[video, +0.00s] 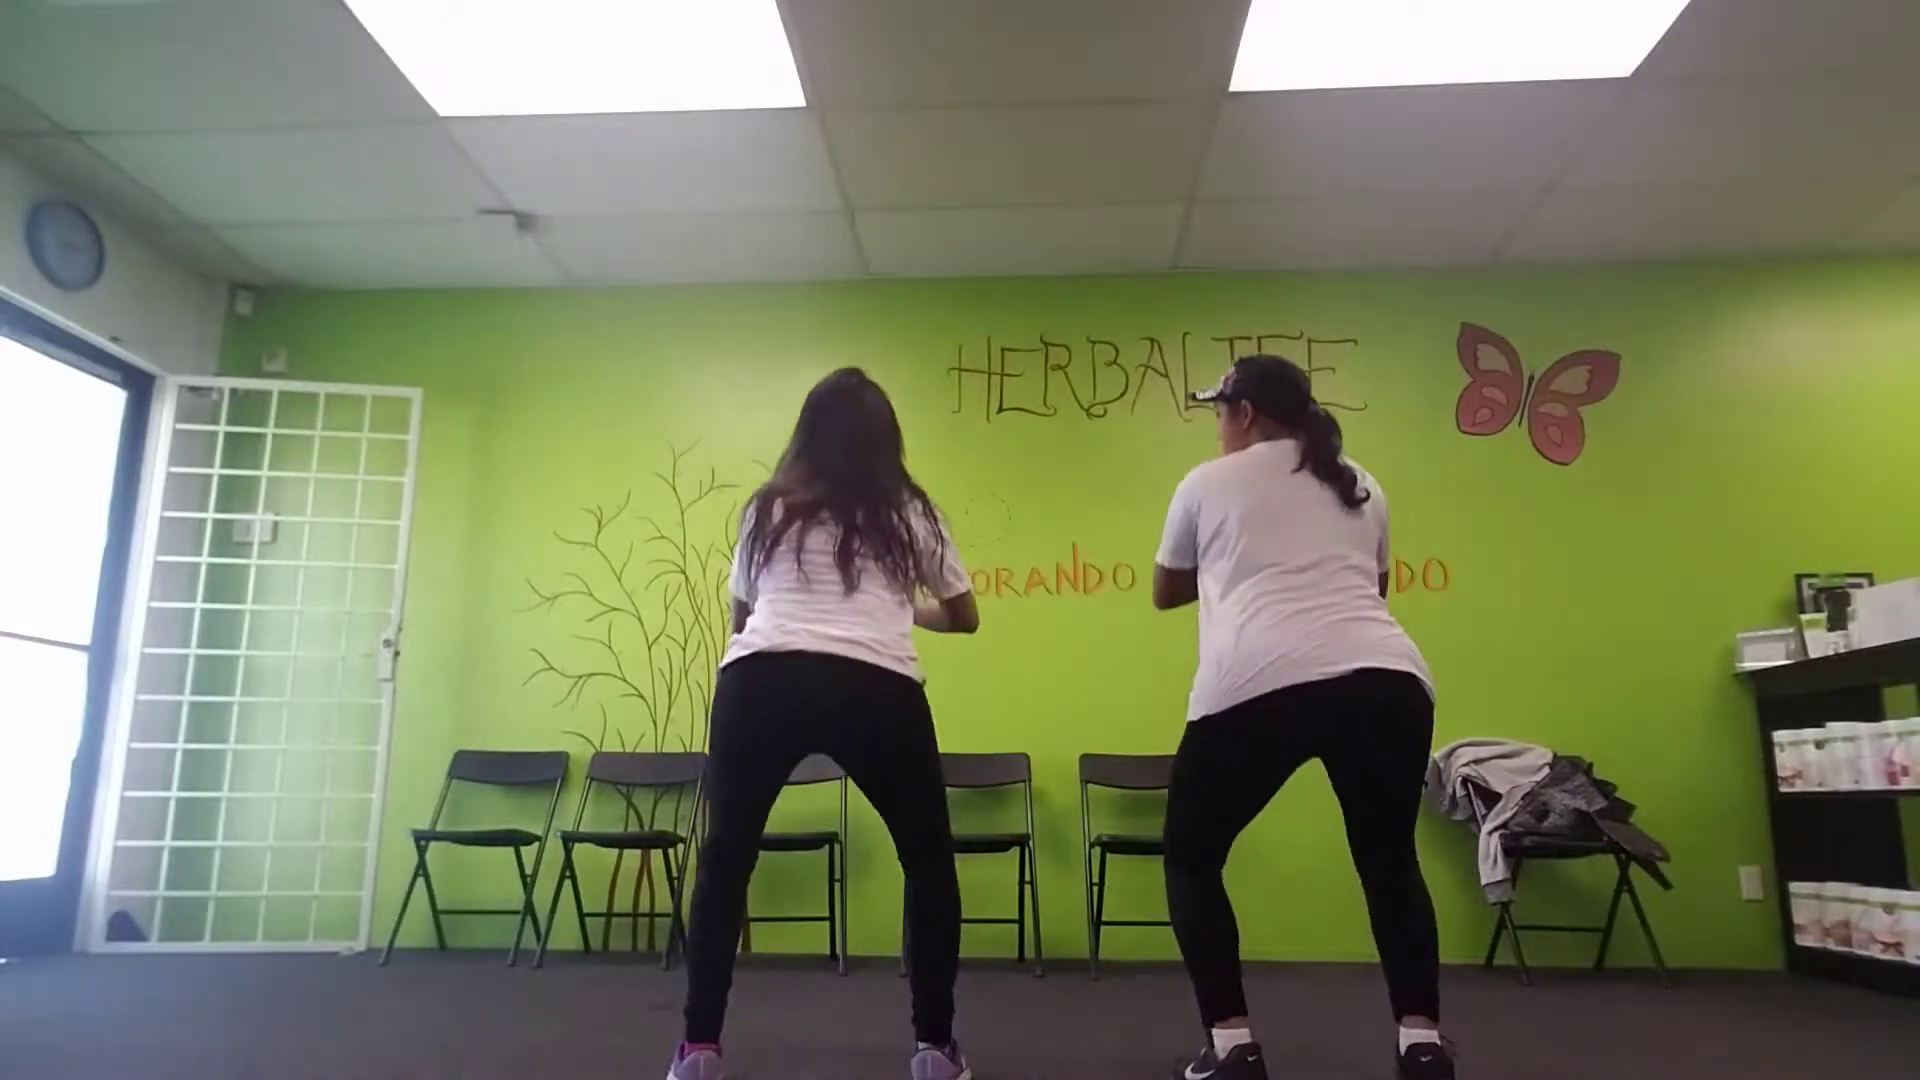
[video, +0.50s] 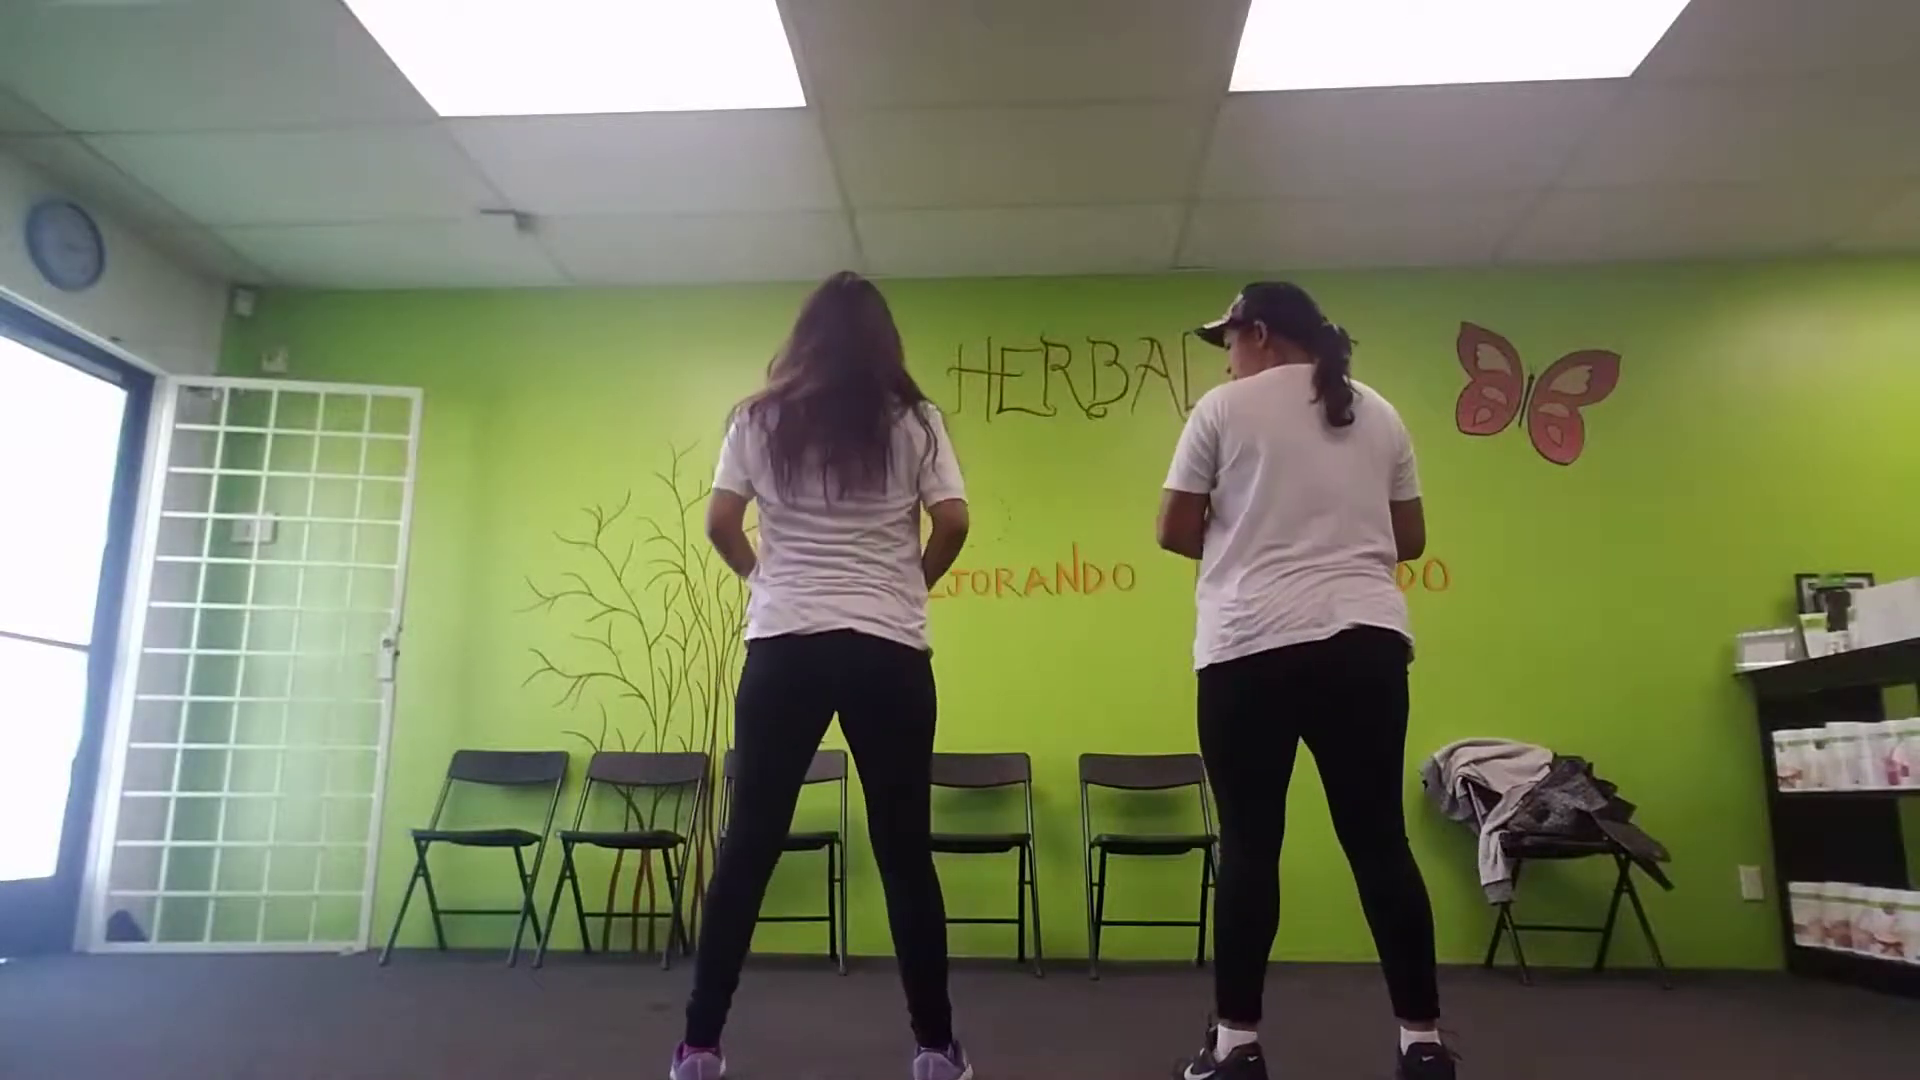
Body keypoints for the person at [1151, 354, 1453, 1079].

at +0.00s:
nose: (1218, 429)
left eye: (1222, 415)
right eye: (1219, 415)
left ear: (1246, 416)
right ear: (1298, 416)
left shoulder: (1206, 484)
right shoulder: (1361, 484)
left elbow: (1169, 591)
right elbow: (1378, 584)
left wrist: (1249, 559)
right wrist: (1300, 565)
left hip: (1256, 690)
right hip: (1383, 682)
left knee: (1192, 859)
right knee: (1390, 855)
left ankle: (1232, 1045)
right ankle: (1421, 1036)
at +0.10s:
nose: (1216, 383)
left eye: (1221, 369)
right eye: (1218, 369)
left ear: (1247, 368)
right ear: (1298, 368)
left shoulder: (1206, 440)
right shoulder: (1363, 442)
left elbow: (1164, 550)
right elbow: (1388, 557)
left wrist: (1244, 535)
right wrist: (1308, 547)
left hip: (1251, 656)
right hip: (1373, 648)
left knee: (1208, 849)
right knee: (1387, 844)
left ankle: (1233, 1048)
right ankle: (1422, 1040)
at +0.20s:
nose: (1218, 361)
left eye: (1222, 347)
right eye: (1219, 348)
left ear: (1250, 345)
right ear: (1300, 344)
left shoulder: (1210, 415)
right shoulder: (1368, 418)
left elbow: (1160, 529)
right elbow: (1398, 538)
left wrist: (1242, 527)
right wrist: (1316, 539)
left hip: (1247, 645)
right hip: (1368, 637)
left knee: (1226, 846)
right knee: (1383, 836)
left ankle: (1234, 1047)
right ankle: (1423, 1038)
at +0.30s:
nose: (1220, 356)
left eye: (1223, 341)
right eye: (1220, 343)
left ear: (1253, 336)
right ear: (1301, 335)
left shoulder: (1214, 407)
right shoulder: (1370, 409)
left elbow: (1164, 524)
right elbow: (1405, 533)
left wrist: (1246, 530)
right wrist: (1321, 536)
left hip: (1248, 646)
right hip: (1366, 637)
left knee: (1237, 840)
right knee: (1378, 835)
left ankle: (1235, 1047)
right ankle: (1422, 1040)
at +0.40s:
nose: (1223, 356)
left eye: (1227, 342)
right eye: (1223, 343)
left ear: (1257, 337)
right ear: (1301, 336)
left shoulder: (1217, 407)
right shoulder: (1374, 410)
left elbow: (1173, 527)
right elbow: (1407, 536)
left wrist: (1251, 539)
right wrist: (1324, 538)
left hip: (1246, 651)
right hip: (1363, 642)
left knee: (1247, 847)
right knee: (1378, 839)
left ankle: (1235, 1047)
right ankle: (1422, 1040)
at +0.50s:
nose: (1225, 358)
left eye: (1229, 343)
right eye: (1225, 345)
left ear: (1259, 338)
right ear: (1303, 337)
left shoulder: (1221, 408)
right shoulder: (1376, 411)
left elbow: (1178, 529)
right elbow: (1408, 538)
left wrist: (1256, 542)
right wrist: (1325, 540)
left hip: (1247, 654)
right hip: (1364, 646)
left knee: (1248, 847)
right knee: (1380, 840)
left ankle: (1236, 1046)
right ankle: (1422, 1039)